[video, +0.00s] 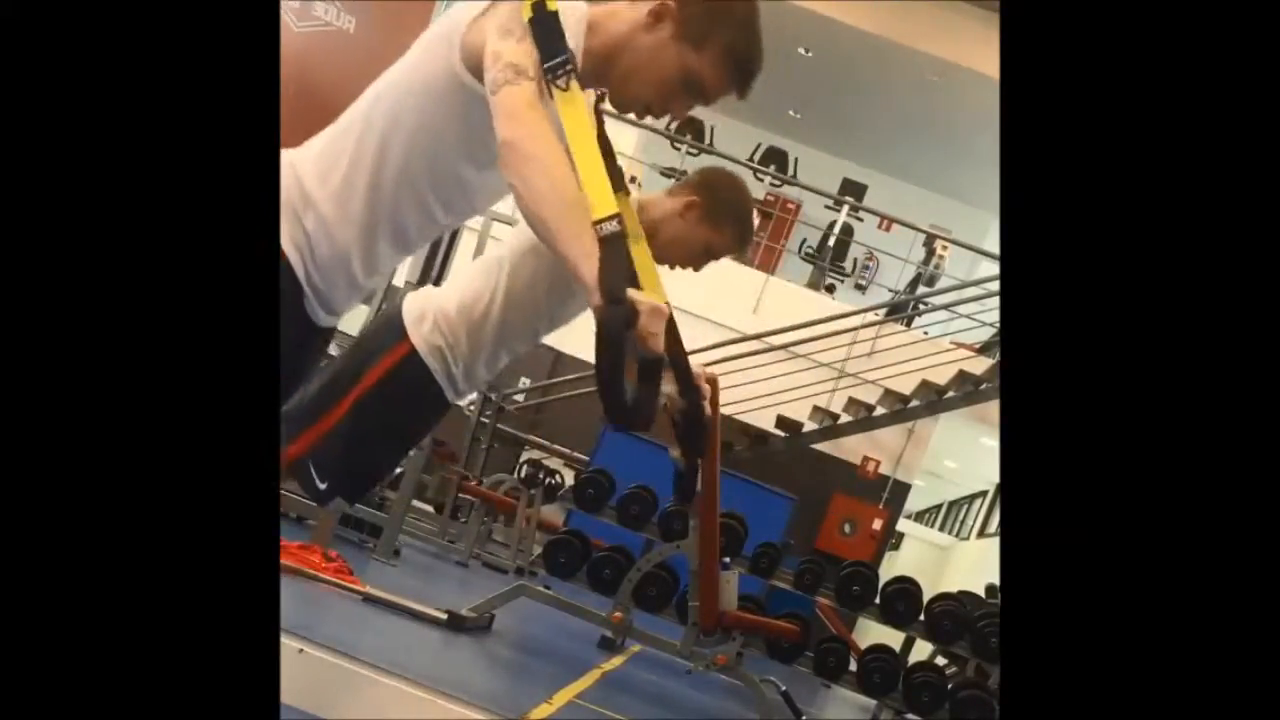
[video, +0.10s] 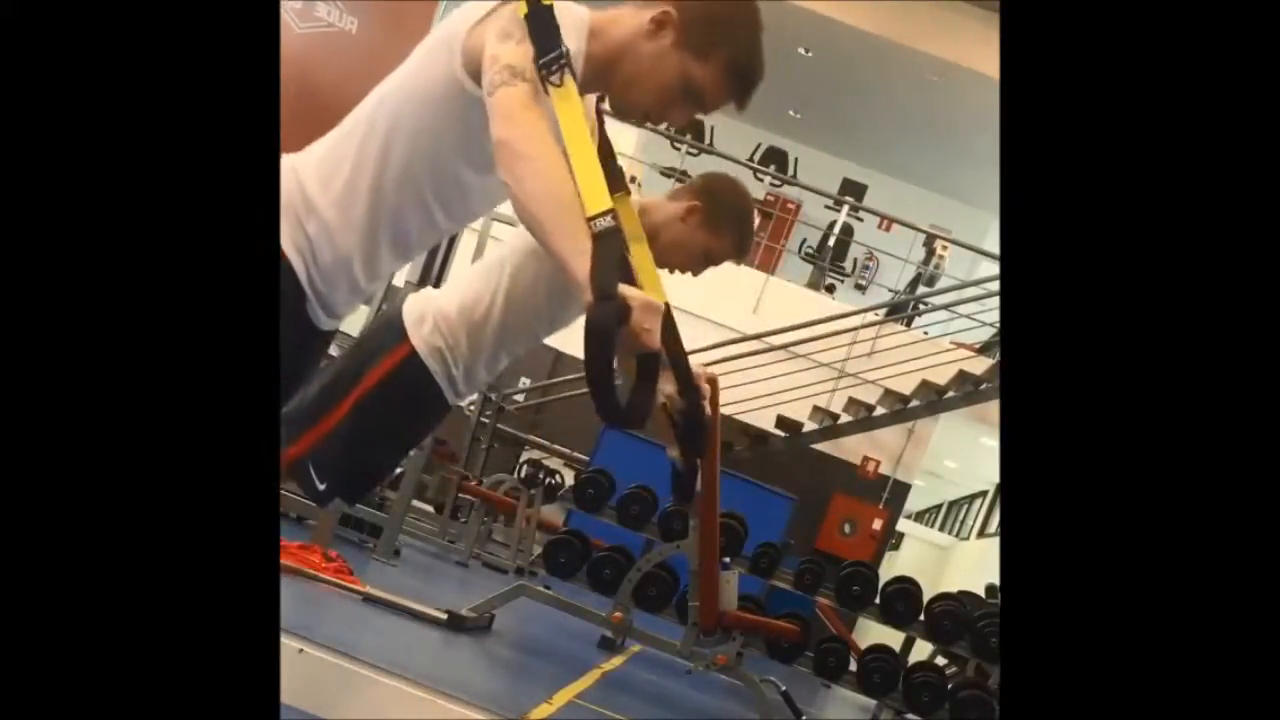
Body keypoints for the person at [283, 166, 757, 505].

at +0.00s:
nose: (697, 267)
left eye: (709, 260)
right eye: (707, 252)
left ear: (684, 208)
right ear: (687, 210)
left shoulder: (626, 249)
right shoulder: (614, 224)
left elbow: (643, 336)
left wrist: (677, 383)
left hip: (443, 368)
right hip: (422, 344)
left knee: (322, 486)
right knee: (292, 463)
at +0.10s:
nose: (694, 271)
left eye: (707, 265)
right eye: (706, 257)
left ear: (686, 213)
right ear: (689, 214)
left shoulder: (627, 252)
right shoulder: (608, 213)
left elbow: (631, 345)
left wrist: (673, 396)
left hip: (446, 373)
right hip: (422, 346)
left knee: (323, 491)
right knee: (294, 470)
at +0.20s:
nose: (694, 277)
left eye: (707, 272)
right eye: (706, 264)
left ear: (688, 220)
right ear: (691, 220)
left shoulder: (630, 253)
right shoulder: (608, 210)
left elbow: (643, 337)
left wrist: (680, 385)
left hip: (450, 378)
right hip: (423, 348)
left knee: (329, 488)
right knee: (298, 471)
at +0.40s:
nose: (705, 302)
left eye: (718, 298)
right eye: (716, 288)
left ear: (703, 245)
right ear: (705, 244)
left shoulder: (641, 280)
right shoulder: (626, 237)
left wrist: (679, 391)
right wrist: (677, 379)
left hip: (450, 392)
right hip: (427, 369)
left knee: (325, 508)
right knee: (298, 490)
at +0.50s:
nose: (720, 345)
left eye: (734, 342)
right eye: (727, 330)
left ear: (718, 292)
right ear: (716, 285)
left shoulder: (662, 326)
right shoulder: (644, 272)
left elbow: (652, 408)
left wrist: (695, 420)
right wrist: (691, 373)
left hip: (461, 408)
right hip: (440, 384)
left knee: (336, 516)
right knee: (310, 501)